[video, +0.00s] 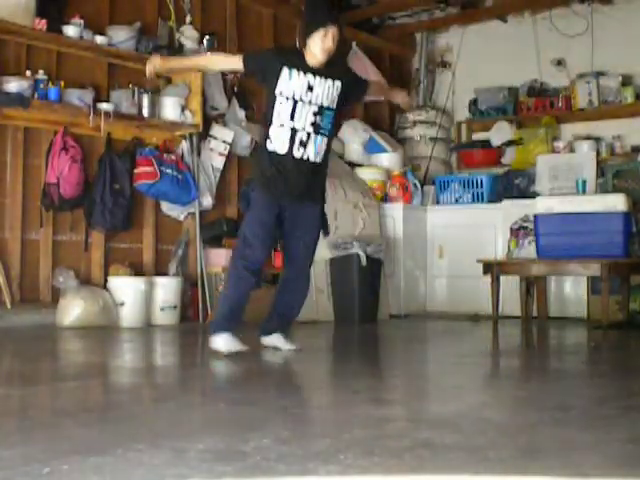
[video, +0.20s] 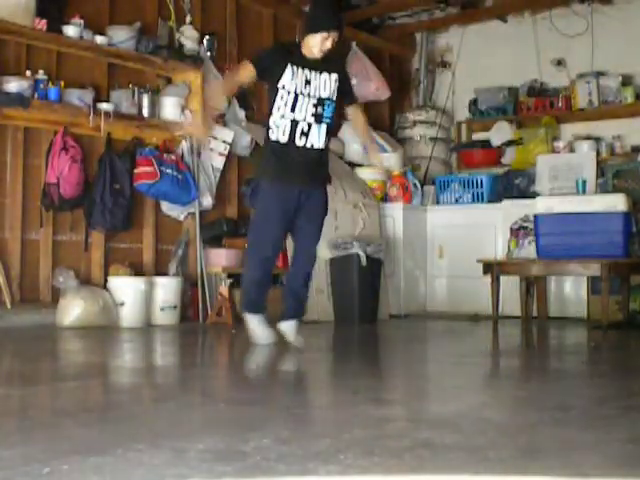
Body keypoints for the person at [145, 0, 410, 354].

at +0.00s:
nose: (329, 42)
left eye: (334, 36)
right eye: (323, 34)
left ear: (338, 40)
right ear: (307, 35)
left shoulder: (344, 79)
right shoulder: (277, 61)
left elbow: (376, 90)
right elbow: (220, 60)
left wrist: (396, 95)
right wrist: (168, 63)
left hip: (309, 186)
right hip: (270, 179)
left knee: (299, 265)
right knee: (251, 255)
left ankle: (275, 331)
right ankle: (222, 330)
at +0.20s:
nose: (328, 44)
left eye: (333, 39)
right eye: (324, 37)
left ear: (336, 39)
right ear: (308, 31)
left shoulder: (336, 70)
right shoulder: (279, 57)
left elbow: (355, 113)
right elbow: (234, 79)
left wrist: (371, 150)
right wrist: (211, 108)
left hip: (315, 177)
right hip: (278, 173)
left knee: (305, 253)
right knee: (265, 246)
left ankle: (291, 318)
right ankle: (252, 310)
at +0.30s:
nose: (325, 59)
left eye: (330, 53)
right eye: (321, 51)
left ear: (333, 53)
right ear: (305, 46)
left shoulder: (330, 81)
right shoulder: (283, 74)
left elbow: (337, 126)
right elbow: (273, 128)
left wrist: (345, 170)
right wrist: (283, 175)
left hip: (314, 171)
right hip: (282, 169)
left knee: (318, 250)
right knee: (278, 250)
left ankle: (310, 318)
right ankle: (268, 318)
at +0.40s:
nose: (331, 74)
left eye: (334, 69)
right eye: (327, 67)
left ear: (334, 70)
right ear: (311, 63)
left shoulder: (323, 96)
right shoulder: (289, 96)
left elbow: (327, 127)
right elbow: (306, 147)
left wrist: (326, 125)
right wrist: (334, 180)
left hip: (314, 195)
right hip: (284, 196)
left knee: (330, 261)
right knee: (281, 266)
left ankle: (330, 318)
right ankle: (267, 325)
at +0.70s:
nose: (356, 79)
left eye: (357, 74)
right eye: (356, 73)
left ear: (340, 71)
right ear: (346, 70)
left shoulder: (339, 104)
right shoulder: (322, 102)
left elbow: (357, 146)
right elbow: (324, 153)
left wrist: (350, 129)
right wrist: (352, 189)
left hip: (335, 195)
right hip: (319, 195)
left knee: (346, 264)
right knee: (327, 264)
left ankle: (322, 323)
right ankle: (277, 311)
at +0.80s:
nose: (366, 82)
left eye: (367, 75)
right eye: (365, 74)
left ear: (352, 74)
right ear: (355, 73)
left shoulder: (343, 105)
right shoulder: (330, 101)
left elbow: (338, 154)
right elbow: (317, 148)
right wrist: (345, 188)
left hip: (334, 188)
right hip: (323, 188)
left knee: (349, 261)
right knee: (345, 261)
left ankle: (322, 321)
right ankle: (303, 312)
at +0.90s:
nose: (376, 68)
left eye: (377, 62)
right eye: (374, 61)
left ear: (361, 61)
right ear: (359, 60)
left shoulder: (354, 95)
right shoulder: (339, 88)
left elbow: (340, 137)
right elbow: (315, 127)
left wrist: (352, 170)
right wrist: (339, 168)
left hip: (336, 177)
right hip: (330, 177)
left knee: (339, 248)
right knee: (358, 248)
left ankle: (323, 313)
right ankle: (338, 315)